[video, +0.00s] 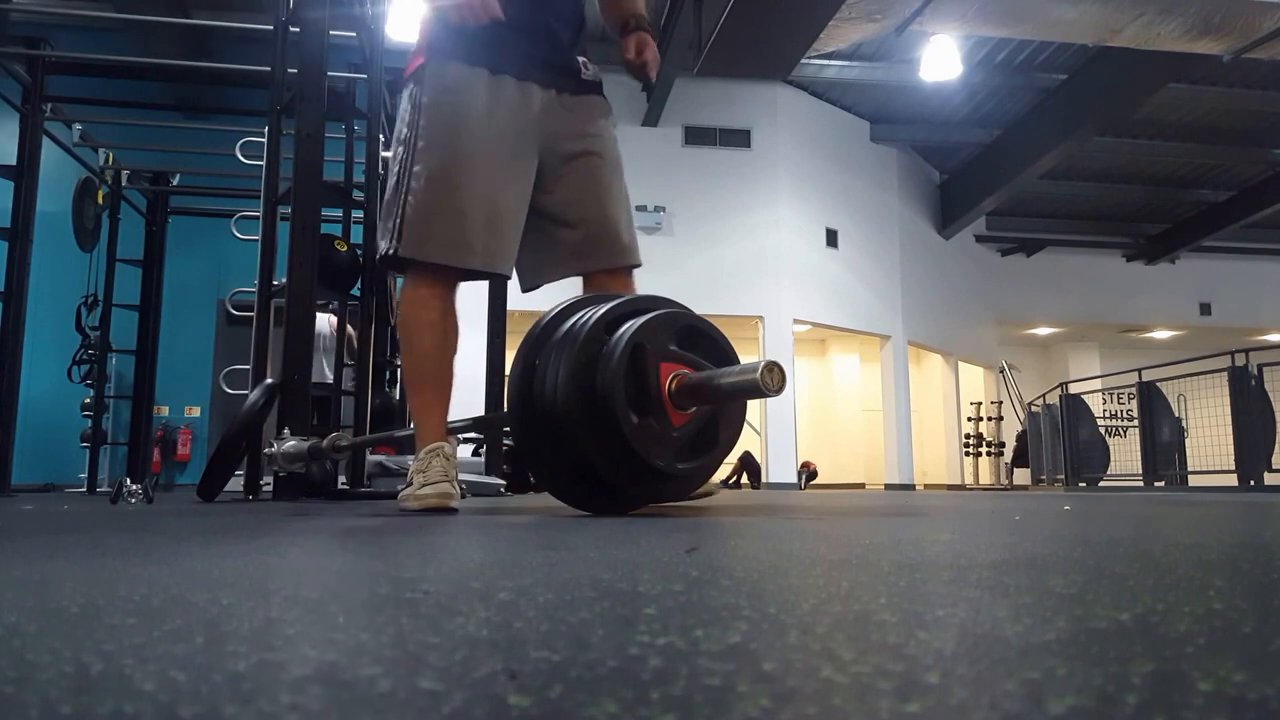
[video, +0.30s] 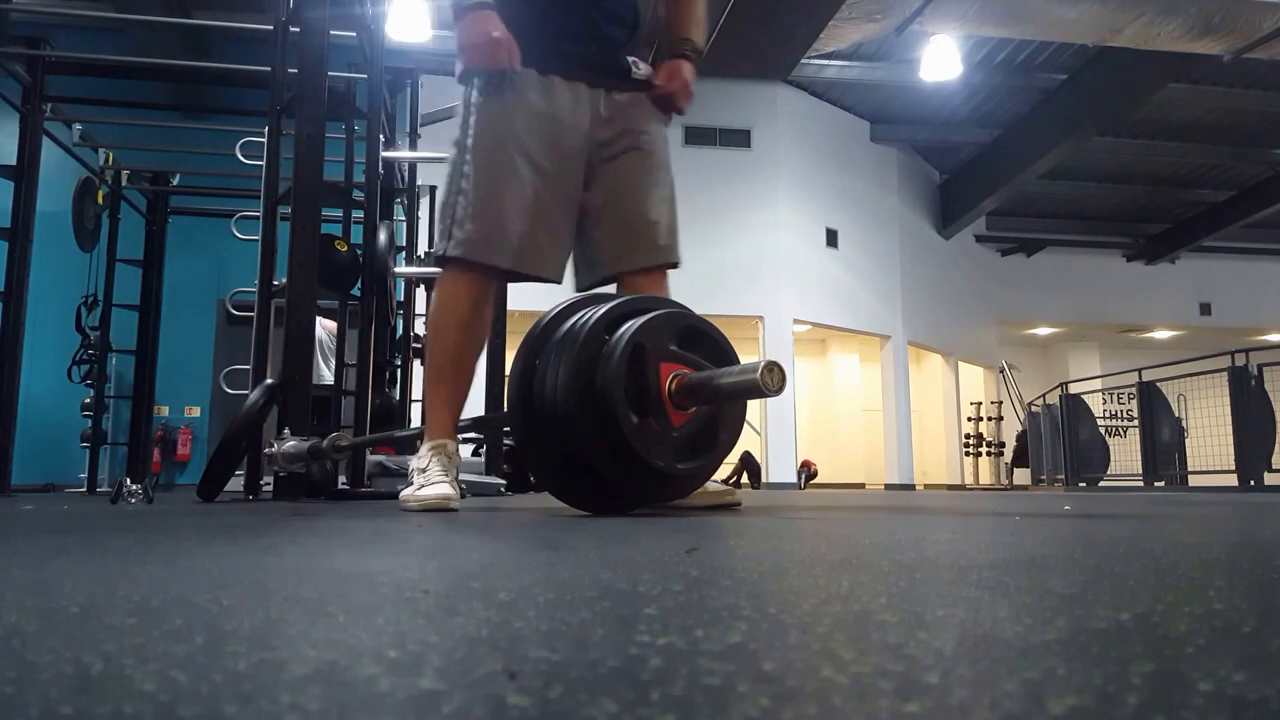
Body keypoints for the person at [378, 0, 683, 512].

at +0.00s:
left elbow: (616, 3)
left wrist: (633, 24)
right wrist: (444, 1)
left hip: (567, 64)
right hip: (469, 46)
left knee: (612, 261)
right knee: (434, 265)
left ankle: (636, 458)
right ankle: (433, 453)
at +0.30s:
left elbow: (686, 1)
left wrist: (685, 49)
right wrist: (472, 9)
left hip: (629, 74)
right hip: (524, 59)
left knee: (646, 264)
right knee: (476, 259)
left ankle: (666, 463)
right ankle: (438, 452)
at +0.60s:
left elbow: (742, 1)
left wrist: (749, 61)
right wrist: (506, 1)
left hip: (643, 81)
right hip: (542, 62)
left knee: (651, 270)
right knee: (487, 237)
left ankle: (666, 461)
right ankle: (439, 439)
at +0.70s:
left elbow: (739, 2)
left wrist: (738, 63)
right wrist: (499, 10)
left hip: (643, 79)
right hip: (539, 63)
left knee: (651, 268)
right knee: (483, 242)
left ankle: (662, 461)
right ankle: (448, 439)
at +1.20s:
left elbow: (698, 4)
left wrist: (676, 51)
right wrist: (471, 8)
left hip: (612, 61)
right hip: (508, 46)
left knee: (633, 238)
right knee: (480, 232)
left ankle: (647, 461)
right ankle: (466, 453)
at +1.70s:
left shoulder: (700, 3)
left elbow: (680, 86)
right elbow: (518, 94)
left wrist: (659, 186)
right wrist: (538, 270)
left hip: (565, 99)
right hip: (460, 77)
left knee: (631, 235)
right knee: (468, 208)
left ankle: (646, 454)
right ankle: (438, 452)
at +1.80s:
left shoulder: (704, 4)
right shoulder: (533, 5)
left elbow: (666, 107)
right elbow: (523, 138)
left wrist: (634, 200)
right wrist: (542, 304)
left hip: (571, 111)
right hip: (461, 85)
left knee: (638, 235)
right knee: (473, 203)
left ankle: (645, 455)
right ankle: (438, 453)